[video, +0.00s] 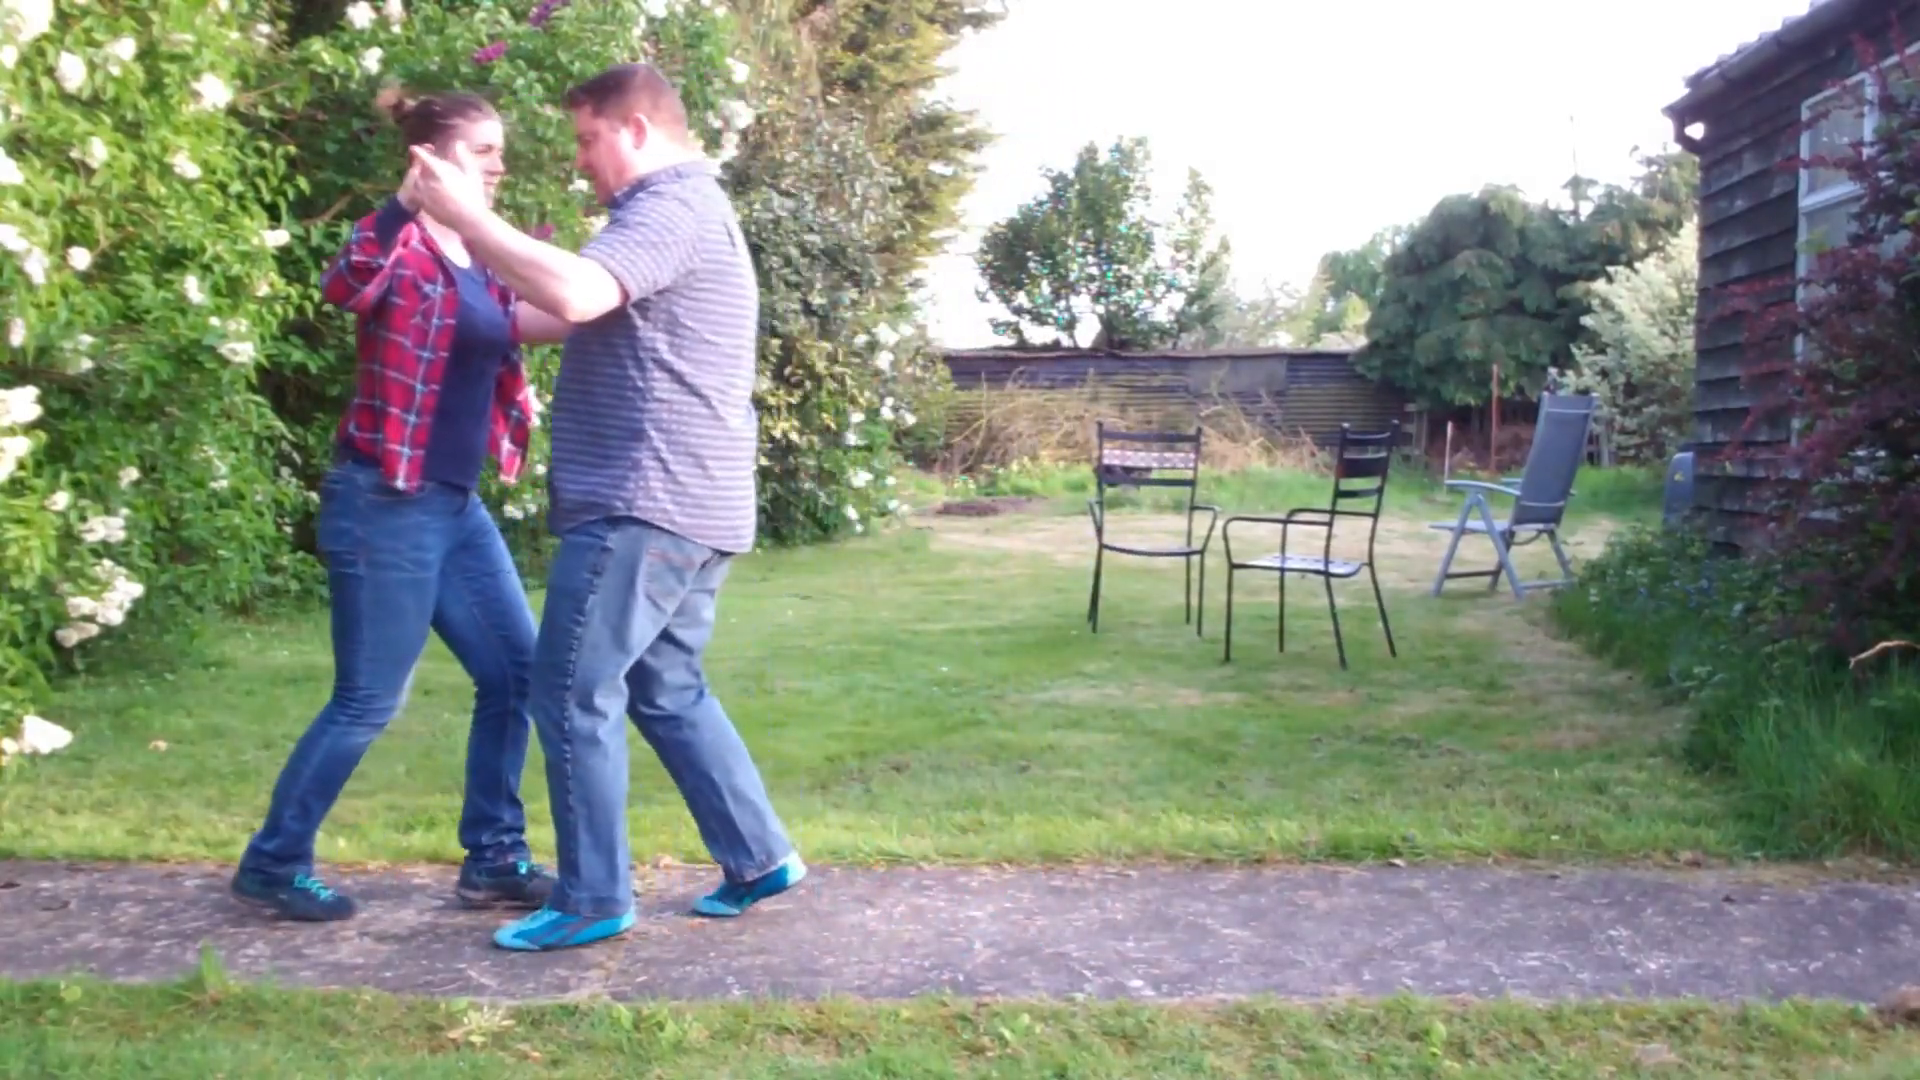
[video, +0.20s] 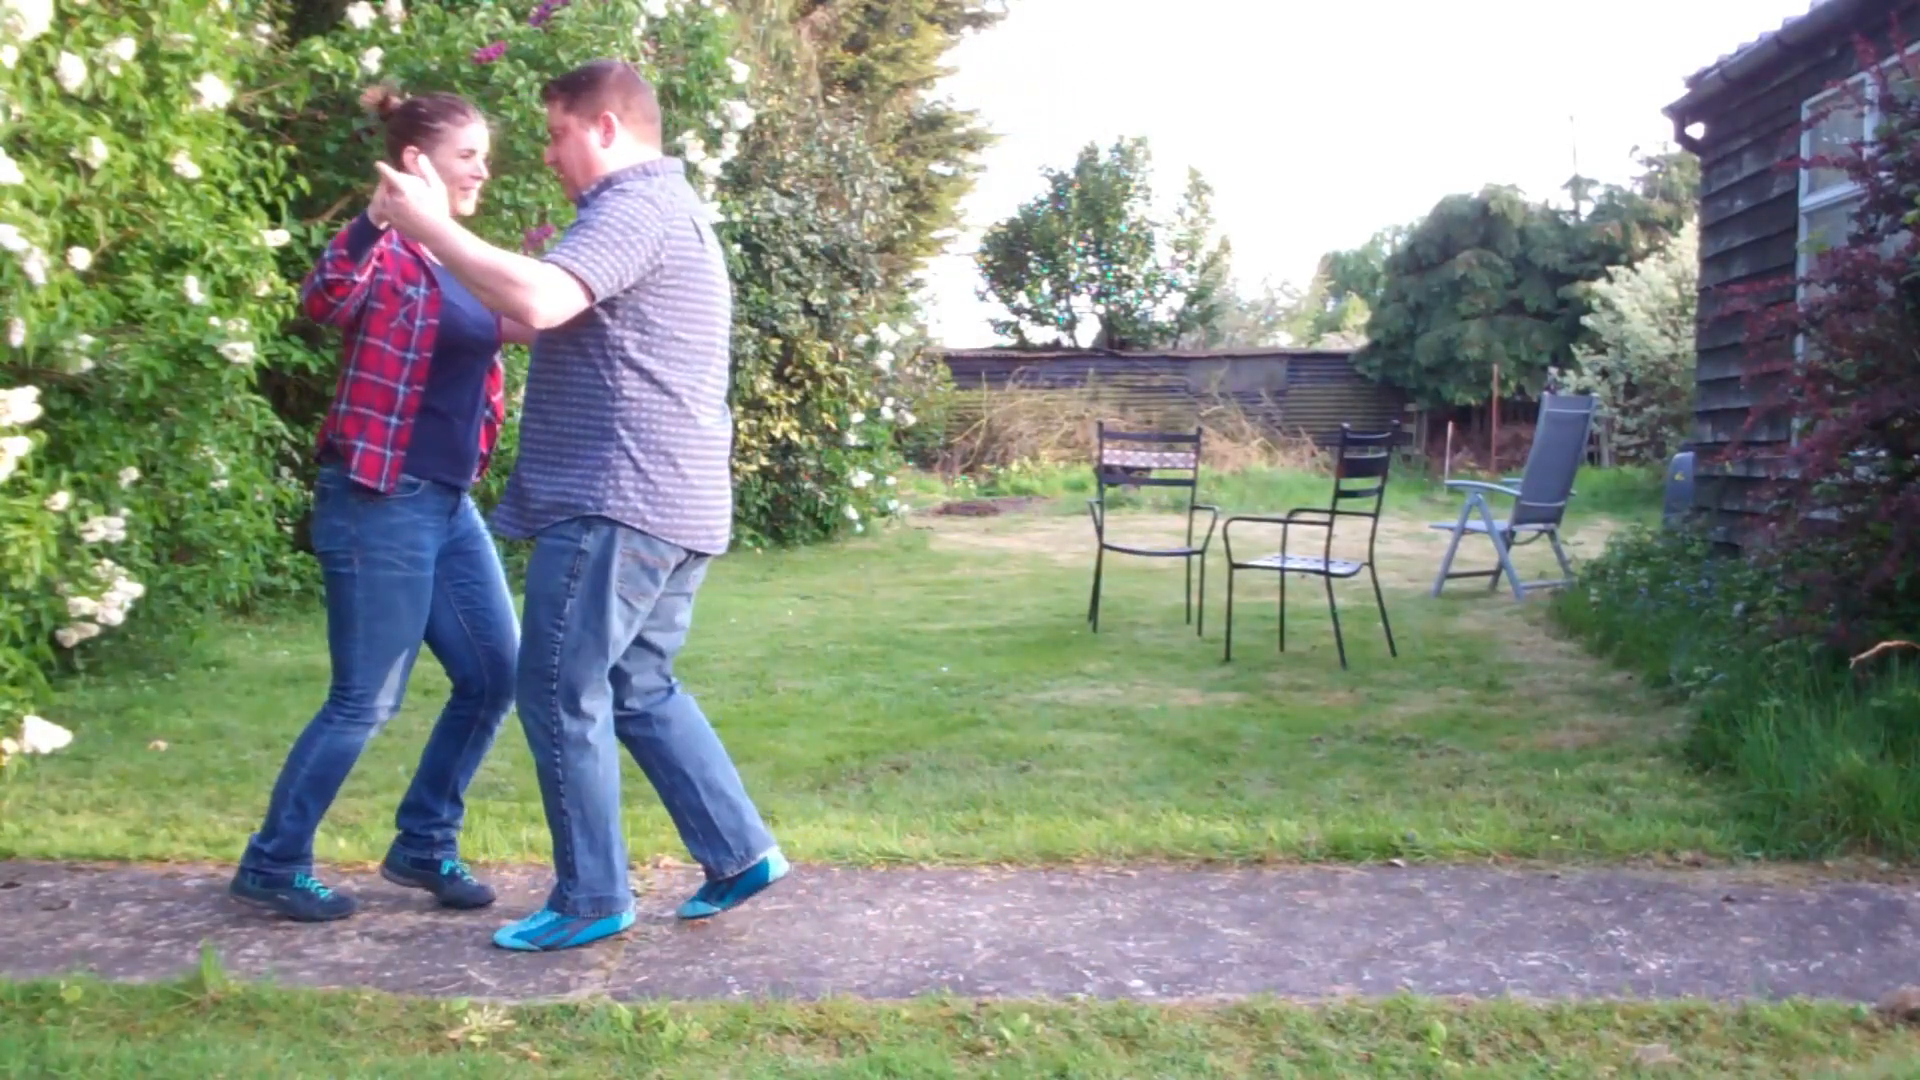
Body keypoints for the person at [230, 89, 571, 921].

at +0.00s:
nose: (497, 170)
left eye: (500, 155)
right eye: (482, 154)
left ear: (492, 163)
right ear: (428, 160)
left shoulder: (485, 259)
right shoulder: (395, 241)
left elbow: (528, 323)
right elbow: (347, 290)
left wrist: (564, 270)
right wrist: (403, 207)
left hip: (457, 505)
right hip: (384, 503)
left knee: (516, 668)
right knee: (368, 702)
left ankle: (494, 855)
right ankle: (272, 863)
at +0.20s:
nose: (481, 173)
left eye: (484, 158)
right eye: (467, 157)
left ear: (465, 165)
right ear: (416, 161)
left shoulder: (466, 258)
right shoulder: (386, 247)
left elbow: (494, 340)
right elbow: (323, 311)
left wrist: (544, 265)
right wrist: (374, 218)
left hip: (448, 501)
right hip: (377, 501)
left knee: (495, 673)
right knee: (364, 700)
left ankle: (423, 847)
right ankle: (273, 863)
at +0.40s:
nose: (489, 169)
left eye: (492, 155)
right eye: (474, 155)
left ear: (482, 164)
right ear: (422, 157)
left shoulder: (487, 259)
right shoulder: (392, 249)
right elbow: (333, 323)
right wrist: (379, 235)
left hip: (480, 499)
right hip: (411, 500)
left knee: (488, 691)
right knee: (420, 697)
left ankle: (414, 856)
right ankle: (294, 848)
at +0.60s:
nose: (515, 166)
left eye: (518, 152)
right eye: (503, 151)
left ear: (505, 159)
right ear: (450, 153)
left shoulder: (519, 248)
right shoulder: (414, 242)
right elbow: (358, 322)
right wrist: (402, 238)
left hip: (503, 492)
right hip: (445, 494)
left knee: (467, 686)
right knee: (526, 678)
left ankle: (413, 852)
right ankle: (404, 835)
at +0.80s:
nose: (552, 161)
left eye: (554, 146)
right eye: (538, 145)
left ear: (519, 154)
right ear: (485, 148)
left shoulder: (545, 242)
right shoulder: (449, 238)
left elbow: (597, 310)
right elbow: (385, 313)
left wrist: (606, 251)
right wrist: (411, 228)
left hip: (526, 485)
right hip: (482, 489)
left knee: (476, 685)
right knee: (573, 676)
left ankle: (415, 852)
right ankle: (557, 879)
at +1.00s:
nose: (599, 158)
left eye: (601, 144)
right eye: (587, 142)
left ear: (550, 146)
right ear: (533, 142)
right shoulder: (493, 231)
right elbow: (419, 316)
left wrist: (654, 443)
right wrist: (434, 233)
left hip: (561, 478)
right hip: (545, 482)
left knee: (565, 682)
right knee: (584, 687)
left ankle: (452, 824)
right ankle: (557, 878)